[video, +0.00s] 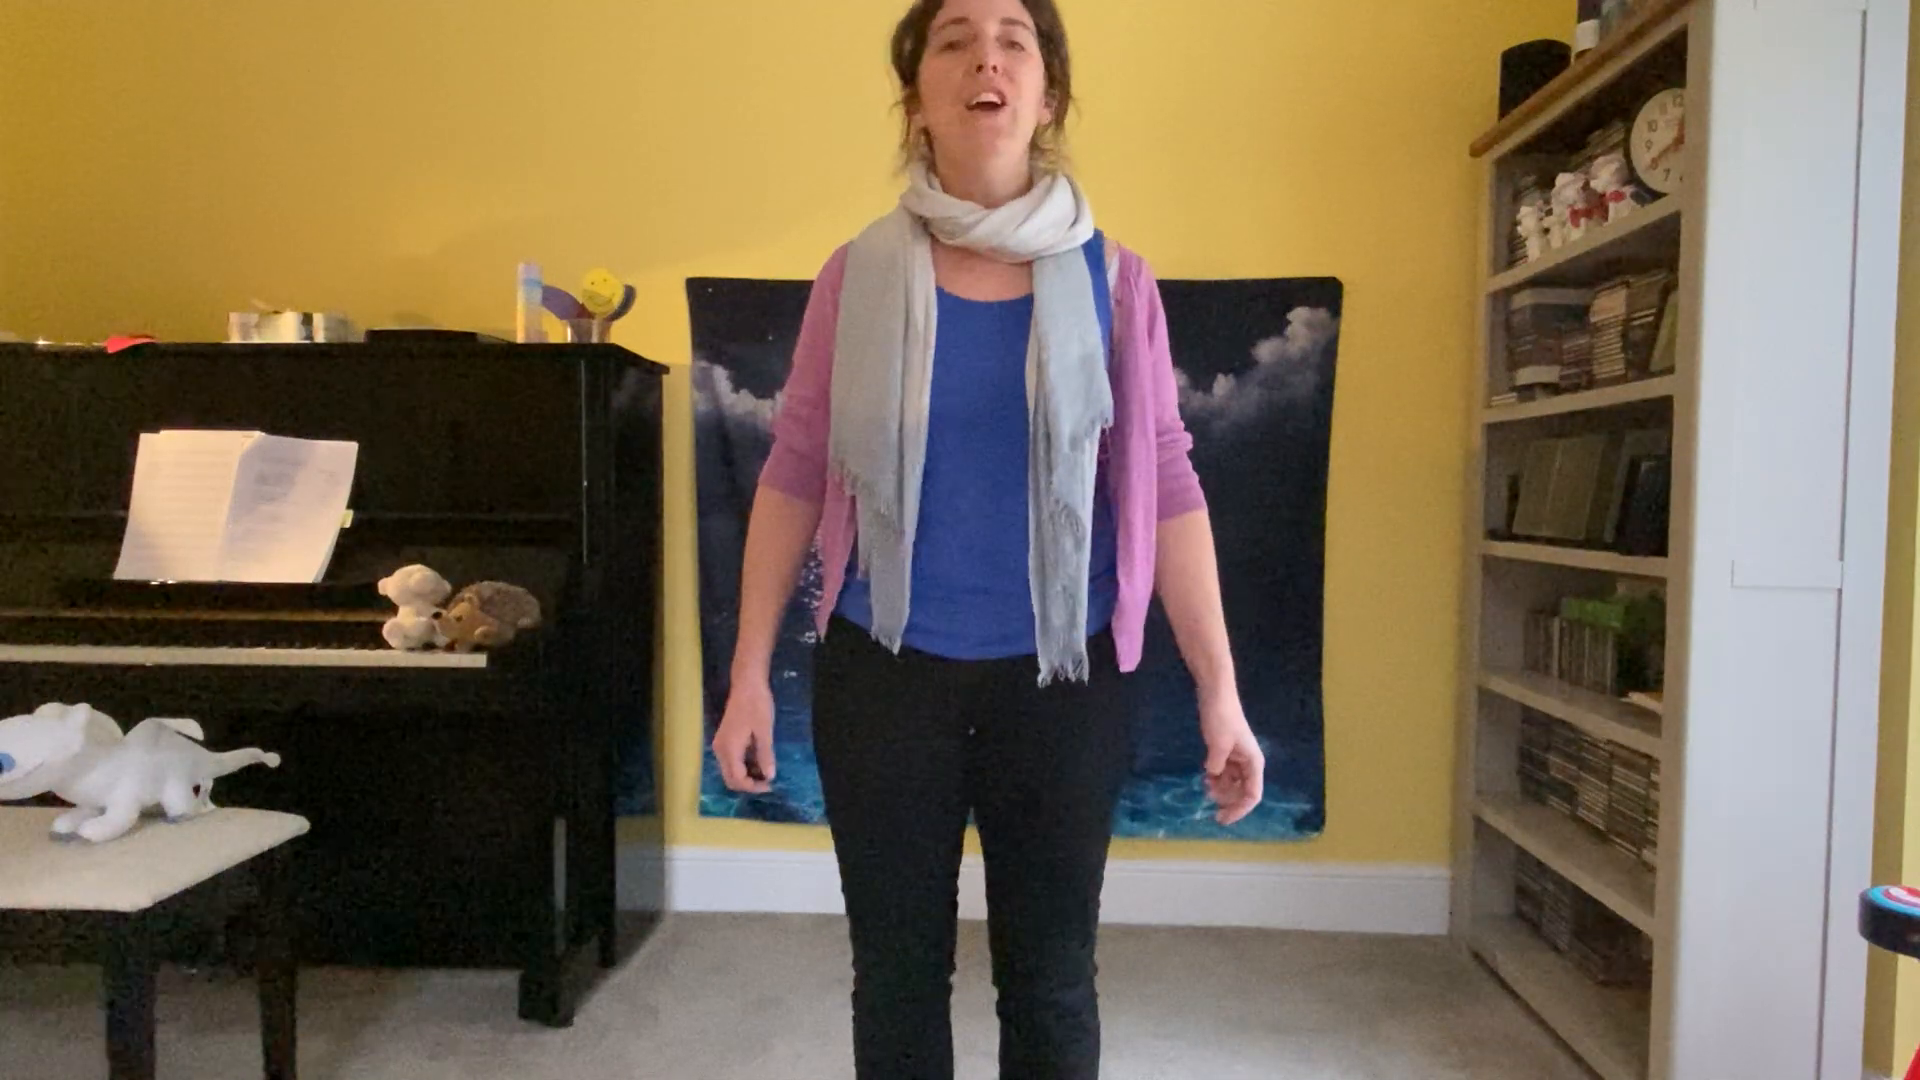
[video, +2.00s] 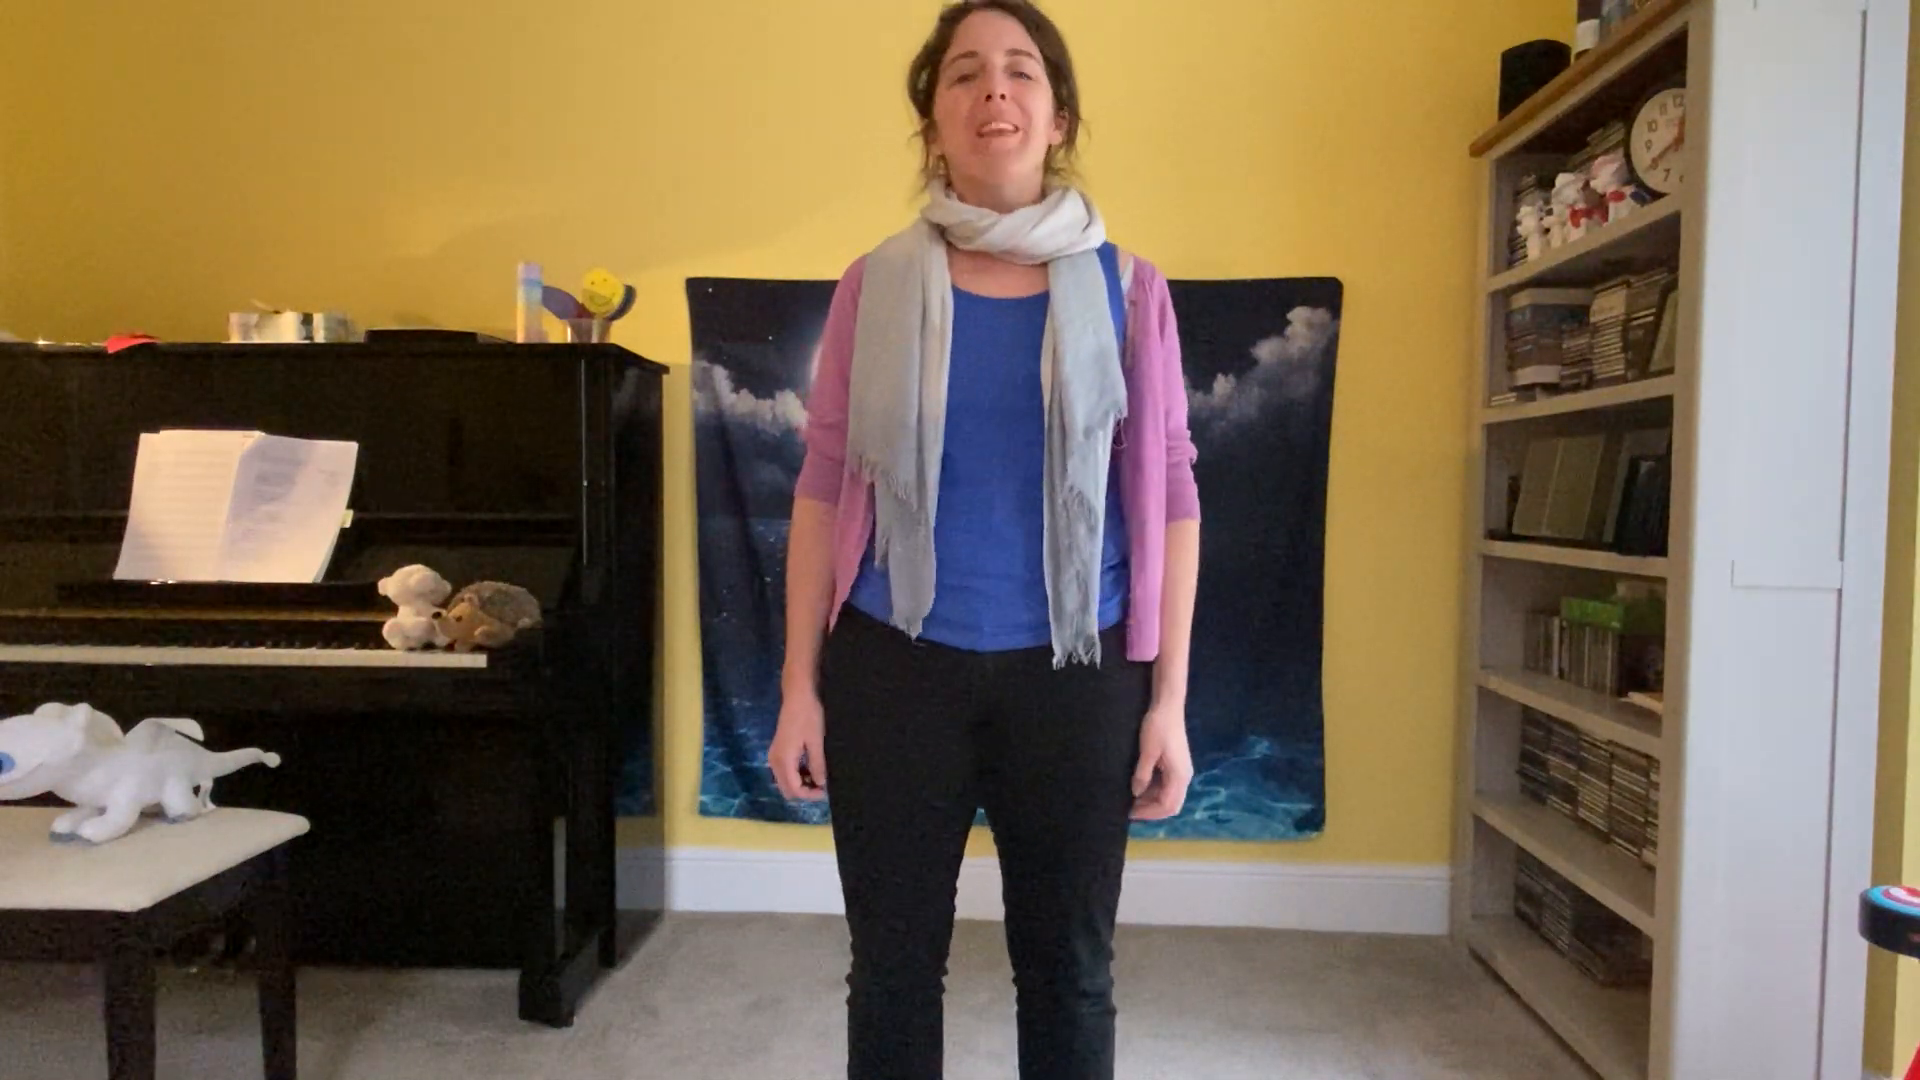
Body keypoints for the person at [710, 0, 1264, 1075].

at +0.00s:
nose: (988, 62)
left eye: (1015, 43)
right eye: (956, 44)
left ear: (1050, 89)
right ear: (914, 92)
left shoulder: (1117, 284)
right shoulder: (856, 276)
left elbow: (1169, 492)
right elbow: (793, 476)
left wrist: (1219, 690)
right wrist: (748, 670)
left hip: (1062, 688)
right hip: (883, 685)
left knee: (1051, 991)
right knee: (897, 988)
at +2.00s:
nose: (994, 91)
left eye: (1019, 72)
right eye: (966, 75)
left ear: (1059, 111)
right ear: (932, 119)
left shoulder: (1130, 293)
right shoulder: (874, 287)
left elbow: (1171, 503)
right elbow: (821, 492)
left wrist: (1169, 699)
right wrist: (798, 685)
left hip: (1077, 687)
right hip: (893, 681)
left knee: (1071, 985)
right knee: (892, 982)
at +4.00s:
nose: (1004, 81)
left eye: (1031, 74)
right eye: (980, 66)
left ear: (1060, 130)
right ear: (937, 116)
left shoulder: (1115, 302)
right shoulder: (866, 292)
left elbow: (1152, 507)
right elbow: (815, 494)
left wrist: (1148, 700)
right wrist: (791, 686)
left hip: (1060, 682)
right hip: (883, 676)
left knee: (1057, 986)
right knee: (890, 983)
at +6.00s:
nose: (996, 79)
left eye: (1023, 63)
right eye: (970, 62)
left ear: (1060, 112)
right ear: (933, 110)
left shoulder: (1119, 298)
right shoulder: (869, 290)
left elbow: (1153, 504)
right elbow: (823, 488)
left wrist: (1150, 696)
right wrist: (799, 677)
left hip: (1061, 679)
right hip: (887, 672)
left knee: (1057, 982)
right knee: (892, 977)